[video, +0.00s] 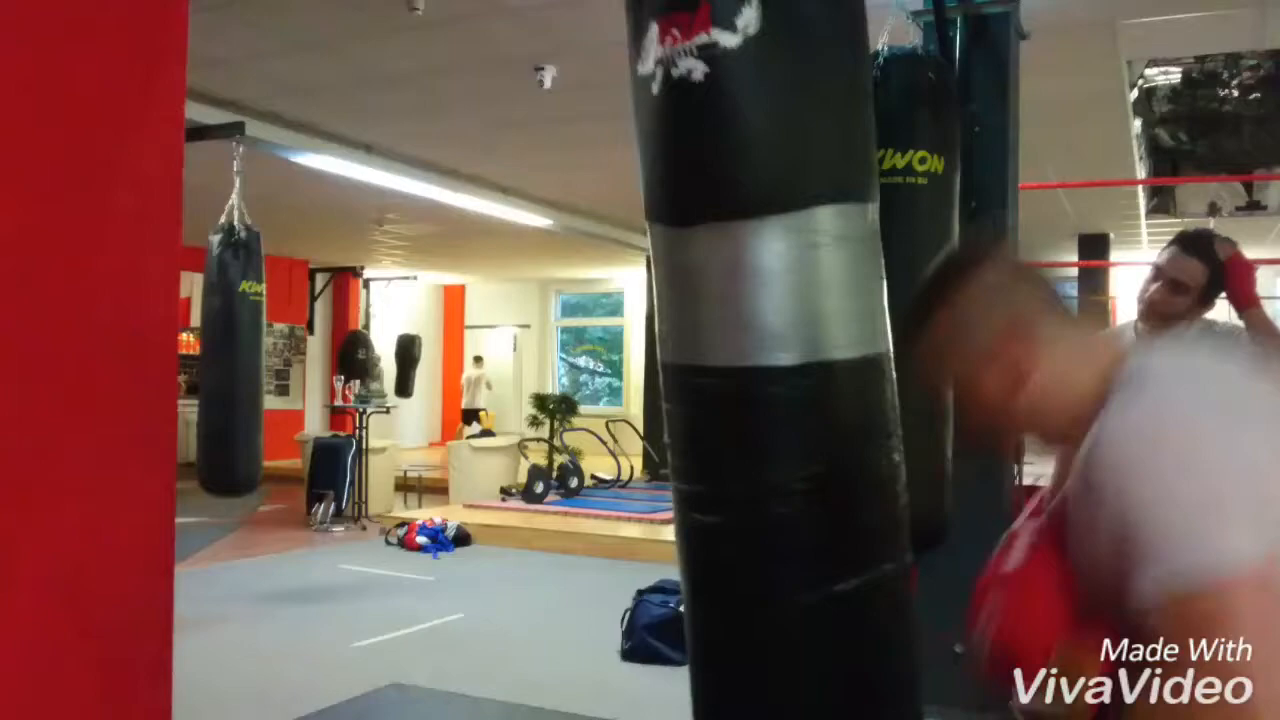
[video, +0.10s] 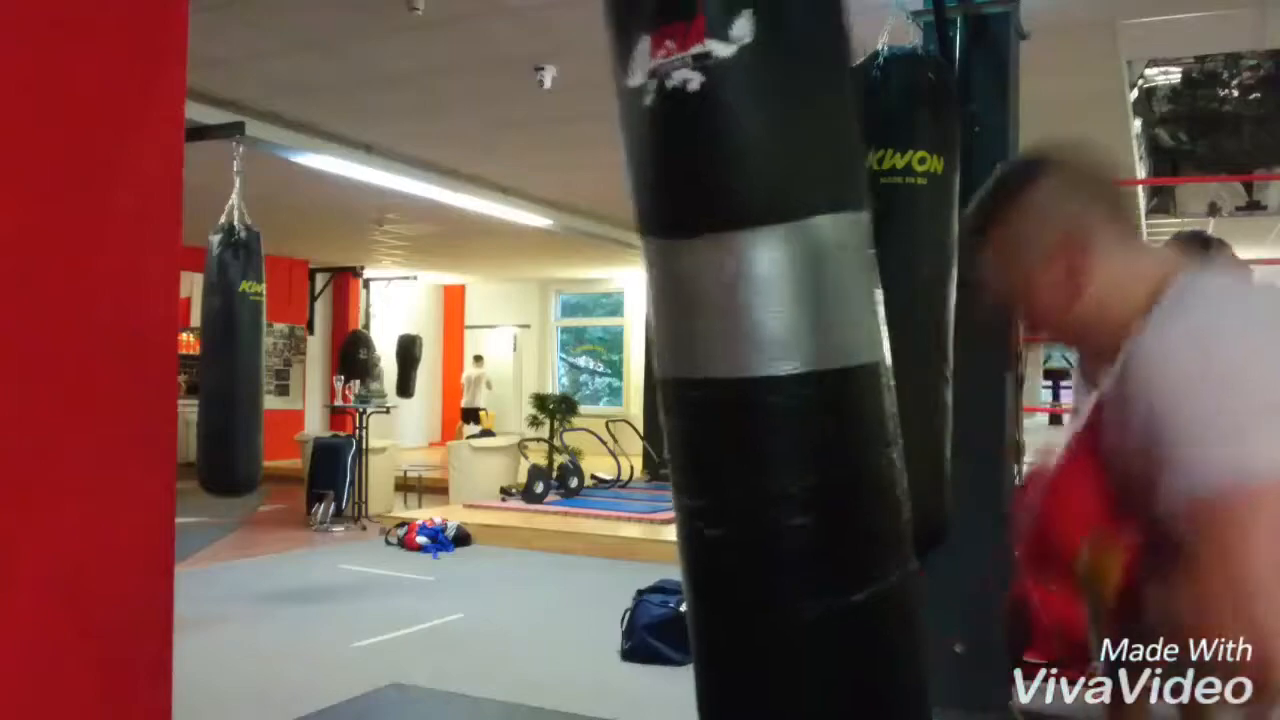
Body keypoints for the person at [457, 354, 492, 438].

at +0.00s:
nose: (482, 365)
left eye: (481, 363)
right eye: (482, 363)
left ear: (473, 363)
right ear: (481, 363)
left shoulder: (466, 373)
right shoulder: (482, 373)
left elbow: (462, 386)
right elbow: (489, 387)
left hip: (466, 404)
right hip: (478, 404)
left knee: (462, 424)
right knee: (485, 425)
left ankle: (456, 441)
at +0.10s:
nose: (482, 364)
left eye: (482, 362)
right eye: (482, 362)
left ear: (473, 362)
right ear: (481, 362)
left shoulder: (466, 373)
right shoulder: (482, 373)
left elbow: (462, 386)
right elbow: (489, 386)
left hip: (465, 404)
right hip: (477, 404)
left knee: (461, 424)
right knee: (483, 425)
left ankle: (457, 442)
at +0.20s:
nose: (483, 364)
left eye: (483, 362)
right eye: (483, 362)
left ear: (474, 361)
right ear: (481, 361)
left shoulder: (466, 371)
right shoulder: (481, 372)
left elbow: (461, 384)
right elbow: (488, 386)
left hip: (463, 402)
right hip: (476, 402)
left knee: (461, 422)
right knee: (482, 424)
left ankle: (455, 439)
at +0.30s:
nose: (481, 364)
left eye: (480, 362)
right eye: (481, 362)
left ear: (472, 361)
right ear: (479, 362)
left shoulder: (464, 372)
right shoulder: (479, 373)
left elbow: (460, 385)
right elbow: (485, 388)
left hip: (462, 404)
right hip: (475, 404)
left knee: (459, 425)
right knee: (482, 425)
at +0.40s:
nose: (476, 364)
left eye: (476, 362)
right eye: (476, 362)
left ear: (468, 362)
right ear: (476, 362)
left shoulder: (459, 373)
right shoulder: (477, 374)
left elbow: (458, 385)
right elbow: (482, 388)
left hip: (460, 403)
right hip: (473, 404)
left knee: (458, 425)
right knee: (480, 424)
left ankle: (453, 442)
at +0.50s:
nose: (472, 363)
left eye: (470, 361)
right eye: (472, 361)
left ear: (464, 361)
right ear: (473, 361)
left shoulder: (458, 371)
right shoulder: (477, 372)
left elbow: (456, 381)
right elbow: (483, 385)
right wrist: (475, 380)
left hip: (459, 402)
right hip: (473, 402)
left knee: (456, 424)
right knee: (480, 424)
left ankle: (452, 442)